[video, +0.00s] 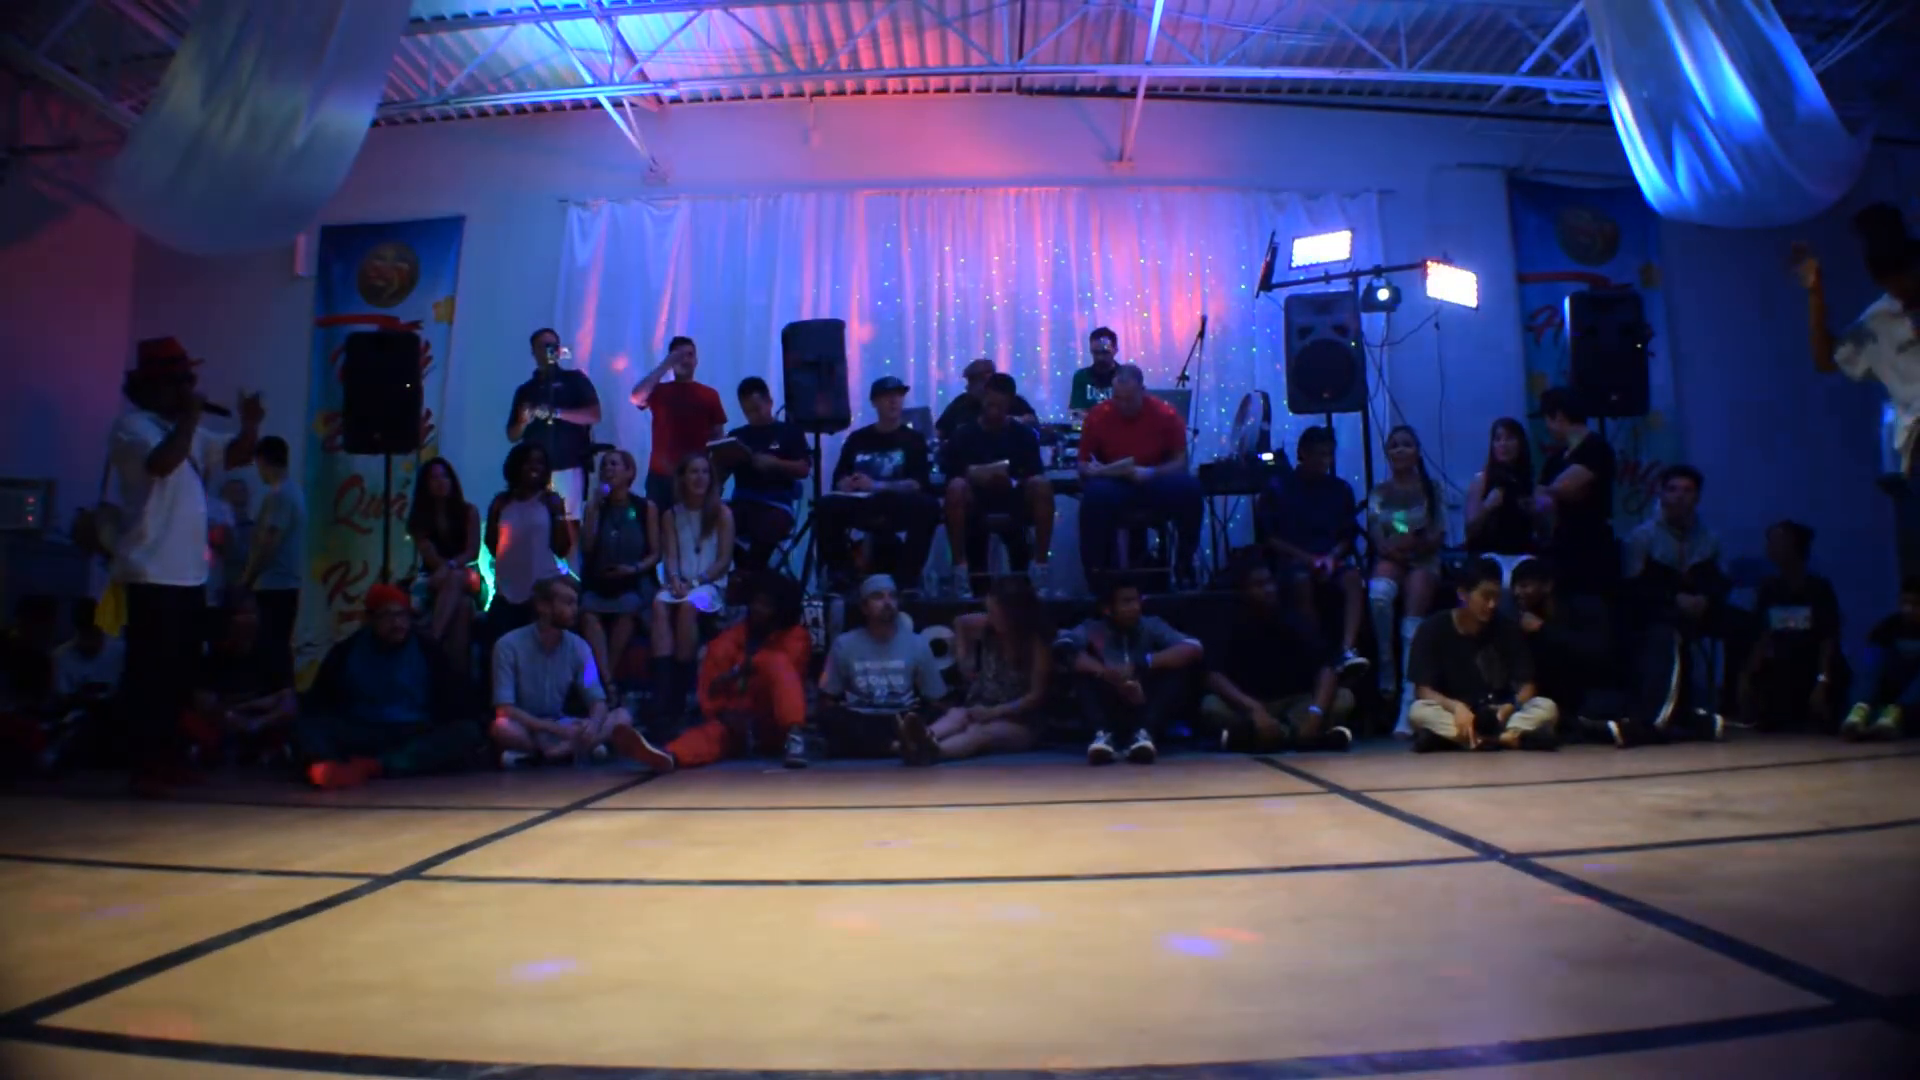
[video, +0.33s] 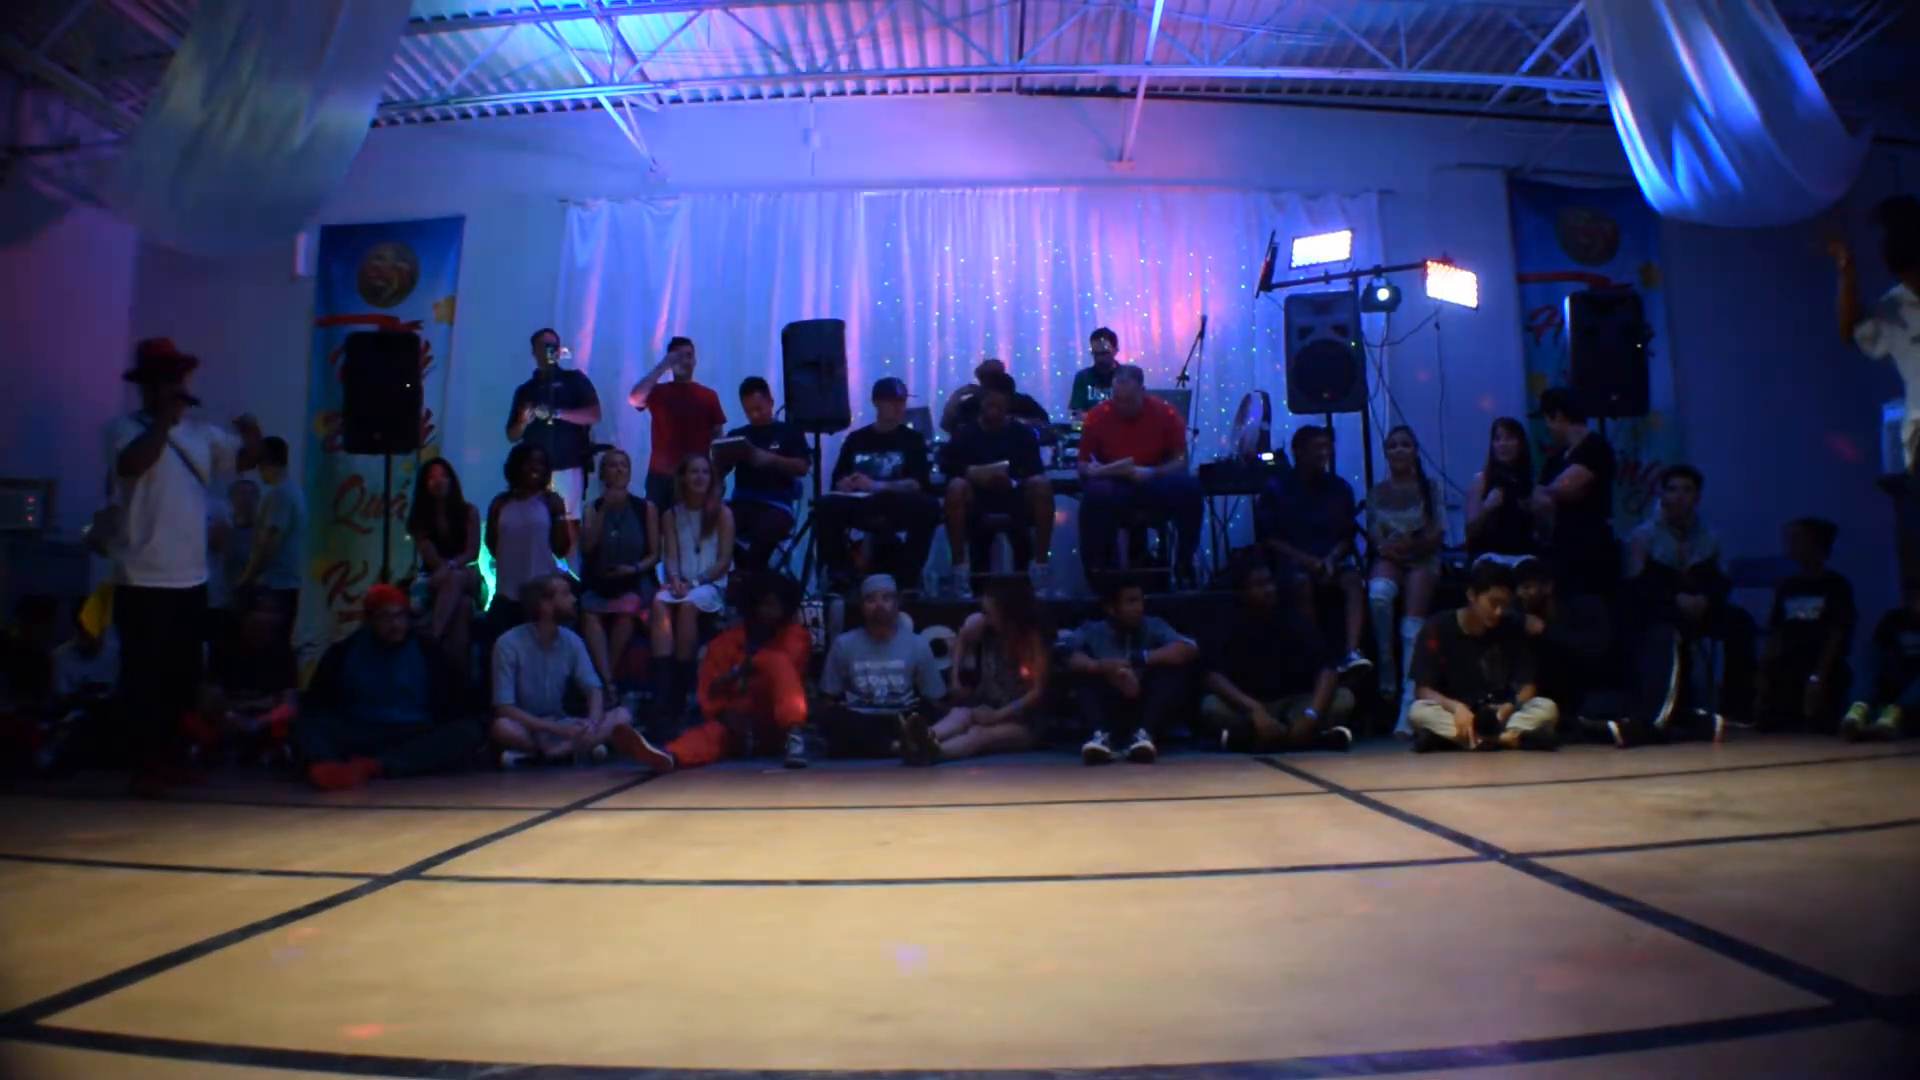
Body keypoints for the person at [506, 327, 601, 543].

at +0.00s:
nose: (549, 351)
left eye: (553, 346)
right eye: (544, 347)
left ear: (559, 350)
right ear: (534, 352)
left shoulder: (576, 379)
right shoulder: (525, 390)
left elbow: (593, 415)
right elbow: (512, 435)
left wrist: (556, 413)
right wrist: (523, 422)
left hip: (570, 464)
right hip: (537, 466)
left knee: (569, 523)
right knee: (536, 523)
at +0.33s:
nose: (550, 351)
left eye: (553, 346)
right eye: (544, 347)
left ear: (560, 350)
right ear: (534, 352)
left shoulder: (576, 380)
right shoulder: (525, 390)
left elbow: (593, 415)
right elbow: (512, 435)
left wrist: (556, 414)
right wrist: (525, 420)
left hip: (569, 464)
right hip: (537, 466)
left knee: (569, 522)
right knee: (536, 521)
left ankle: (570, 576)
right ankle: (538, 575)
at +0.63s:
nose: (550, 352)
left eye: (554, 347)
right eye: (545, 347)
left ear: (560, 351)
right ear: (534, 352)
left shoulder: (576, 380)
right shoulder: (525, 390)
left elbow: (593, 415)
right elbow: (512, 435)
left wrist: (557, 415)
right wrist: (526, 422)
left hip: (569, 464)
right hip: (536, 466)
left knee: (569, 523)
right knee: (536, 523)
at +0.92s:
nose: (548, 351)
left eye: (552, 346)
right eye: (542, 346)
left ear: (558, 351)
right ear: (532, 352)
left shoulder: (574, 379)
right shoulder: (523, 389)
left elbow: (592, 414)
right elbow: (510, 435)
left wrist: (556, 414)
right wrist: (524, 422)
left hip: (568, 464)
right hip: (535, 466)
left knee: (568, 524)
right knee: (534, 524)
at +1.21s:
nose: (550, 352)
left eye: (554, 347)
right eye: (544, 347)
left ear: (560, 352)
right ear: (533, 352)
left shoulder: (575, 380)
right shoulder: (524, 390)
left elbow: (593, 416)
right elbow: (511, 435)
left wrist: (557, 414)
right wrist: (525, 422)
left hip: (569, 465)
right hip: (536, 467)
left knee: (570, 525)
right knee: (537, 526)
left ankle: (574, 577)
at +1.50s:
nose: (548, 350)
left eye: (552, 346)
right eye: (542, 346)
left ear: (558, 350)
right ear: (531, 350)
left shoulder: (573, 379)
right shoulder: (522, 389)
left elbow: (592, 415)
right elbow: (509, 435)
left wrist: (556, 414)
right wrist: (525, 420)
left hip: (568, 463)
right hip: (534, 465)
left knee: (568, 523)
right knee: (535, 521)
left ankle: (572, 575)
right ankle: (538, 577)